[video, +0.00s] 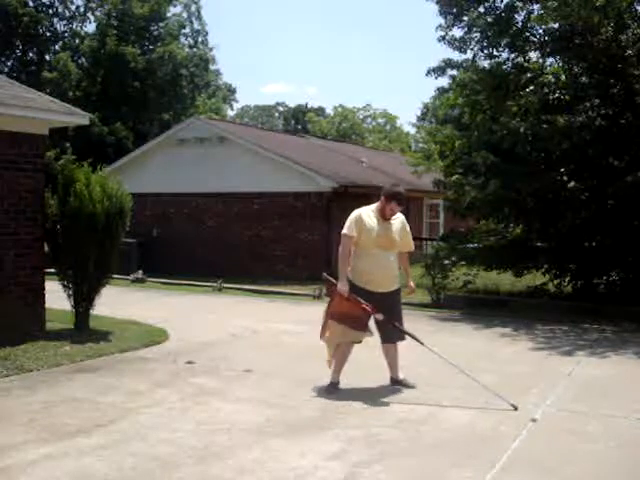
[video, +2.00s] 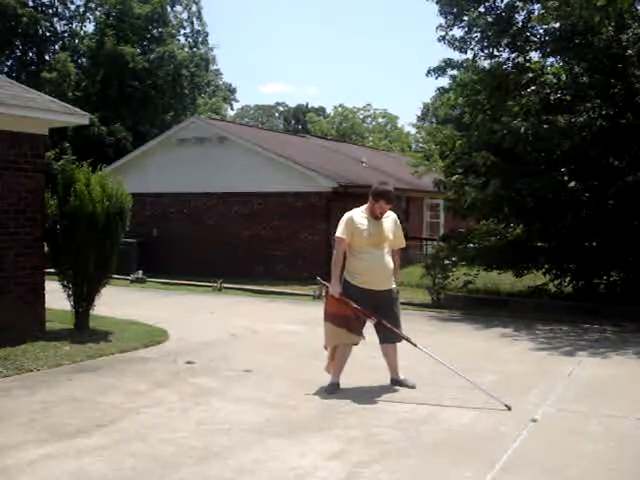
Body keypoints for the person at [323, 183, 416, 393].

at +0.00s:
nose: (394, 211)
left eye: (398, 208)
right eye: (392, 206)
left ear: (400, 207)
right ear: (383, 200)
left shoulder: (400, 222)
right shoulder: (360, 217)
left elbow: (403, 254)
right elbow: (345, 248)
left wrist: (409, 279)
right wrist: (342, 279)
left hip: (389, 291)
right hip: (359, 288)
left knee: (390, 337)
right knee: (348, 335)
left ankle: (395, 377)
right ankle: (334, 379)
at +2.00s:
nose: (384, 211)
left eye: (387, 207)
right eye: (381, 206)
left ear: (389, 205)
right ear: (372, 200)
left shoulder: (391, 219)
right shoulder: (351, 218)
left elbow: (395, 253)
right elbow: (339, 250)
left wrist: (395, 279)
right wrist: (335, 281)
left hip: (385, 289)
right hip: (355, 288)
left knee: (389, 336)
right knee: (347, 335)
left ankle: (395, 376)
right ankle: (334, 380)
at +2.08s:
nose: (384, 211)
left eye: (387, 207)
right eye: (381, 206)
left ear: (389, 205)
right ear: (371, 200)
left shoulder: (391, 219)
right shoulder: (351, 218)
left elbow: (396, 253)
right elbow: (339, 250)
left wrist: (395, 281)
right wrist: (335, 282)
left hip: (385, 289)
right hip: (355, 288)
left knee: (389, 336)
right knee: (347, 335)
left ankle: (395, 376)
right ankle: (334, 380)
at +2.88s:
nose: (384, 211)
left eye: (387, 208)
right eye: (381, 206)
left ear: (390, 206)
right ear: (372, 201)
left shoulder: (394, 221)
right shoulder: (353, 218)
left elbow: (400, 255)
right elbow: (340, 250)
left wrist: (403, 280)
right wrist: (337, 281)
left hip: (387, 290)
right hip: (356, 288)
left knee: (390, 336)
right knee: (346, 335)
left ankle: (396, 376)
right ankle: (335, 380)